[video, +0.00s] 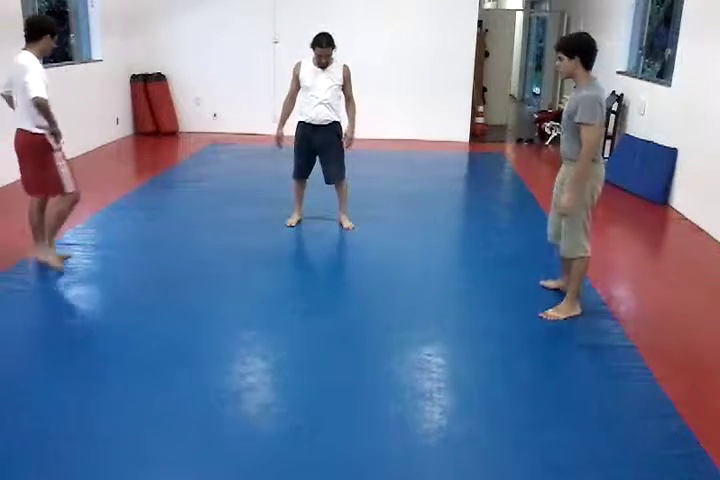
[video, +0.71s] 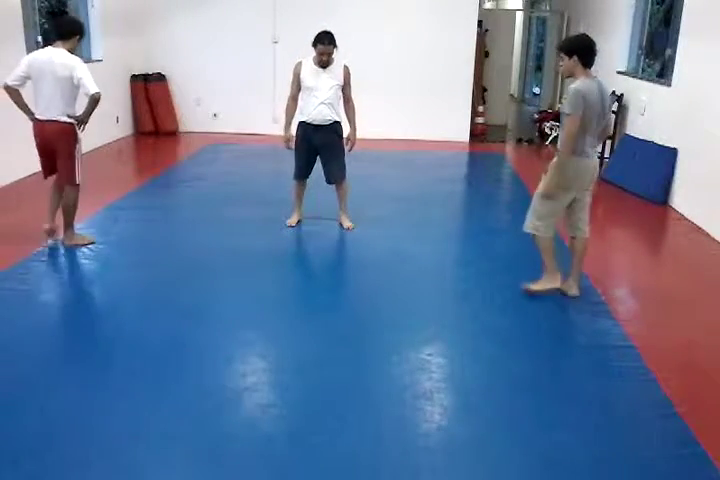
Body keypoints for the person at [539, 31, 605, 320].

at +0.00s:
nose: (557, 64)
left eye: (561, 59)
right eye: (557, 58)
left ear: (576, 60)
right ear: (579, 61)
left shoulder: (589, 98)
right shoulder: (580, 92)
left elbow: (589, 149)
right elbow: (579, 143)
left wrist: (573, 191)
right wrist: (565, 176)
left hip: (583, 171)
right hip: (570, 167)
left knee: (576, 237)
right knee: (561, 228)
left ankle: (572, 301)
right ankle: (566, 278)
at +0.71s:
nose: (559, 65)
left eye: (562, 59)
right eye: (559, 59)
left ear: (576, 59)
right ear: (582, 60)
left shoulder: (577, 90)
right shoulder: (601, 88)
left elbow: (569, 134)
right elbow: (605, 130)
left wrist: (554, 170)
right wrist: (583, 144)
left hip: (569, 162)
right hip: (590, 163)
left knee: (539, 218)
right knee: (580, 225)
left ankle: (550, 275)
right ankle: (573, 281)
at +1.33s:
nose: (541, 63)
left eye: (543, 58)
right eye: (541, 58)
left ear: (555, 58)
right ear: (566, 58)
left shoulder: (548, 86)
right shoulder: (588, 84)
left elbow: (541, 126)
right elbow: (592, 123)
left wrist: (533, 159)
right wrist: (587, 153)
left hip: (551, 149)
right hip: (576, 151)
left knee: (545, 201)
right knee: (568, 200)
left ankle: (548, 254)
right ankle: (568, 242)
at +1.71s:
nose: (534, 59)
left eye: (538, 55)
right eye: (534, 55)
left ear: (550, 56)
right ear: (556, 56)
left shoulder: (550, 82)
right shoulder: (570, 79)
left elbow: (546, 121)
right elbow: (577, 118)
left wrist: (525, 146)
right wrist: (580, 147)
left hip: (550, 142)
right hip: (566, 141)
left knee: (546, 196)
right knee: (551, 189)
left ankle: (550, 252)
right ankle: (545, 231)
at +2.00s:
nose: (533, 56)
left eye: (537, 51)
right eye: (533, 51)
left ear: (550, 51)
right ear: (548, 52)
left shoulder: (560, 75)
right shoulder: (551, 75)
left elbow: (565, 107)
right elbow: (554, 107)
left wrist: (562, 135)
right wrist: (544, 133)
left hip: (555, 133)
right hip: (547, 131)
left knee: (542, 187)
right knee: (543, 186)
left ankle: (565, 231)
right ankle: (544, 231)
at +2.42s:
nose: (546, 61)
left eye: (550, 56)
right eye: (546, 56)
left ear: (564, 56)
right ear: (553, 57)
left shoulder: (580, 81)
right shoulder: (555, 80)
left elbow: (589, 115)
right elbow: (551, 113)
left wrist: (584, 147)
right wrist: (538, 134)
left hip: (572, 138)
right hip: (550, 136)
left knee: (571, 185)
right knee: (533, 176)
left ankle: (569, 225)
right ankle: (541, 222)